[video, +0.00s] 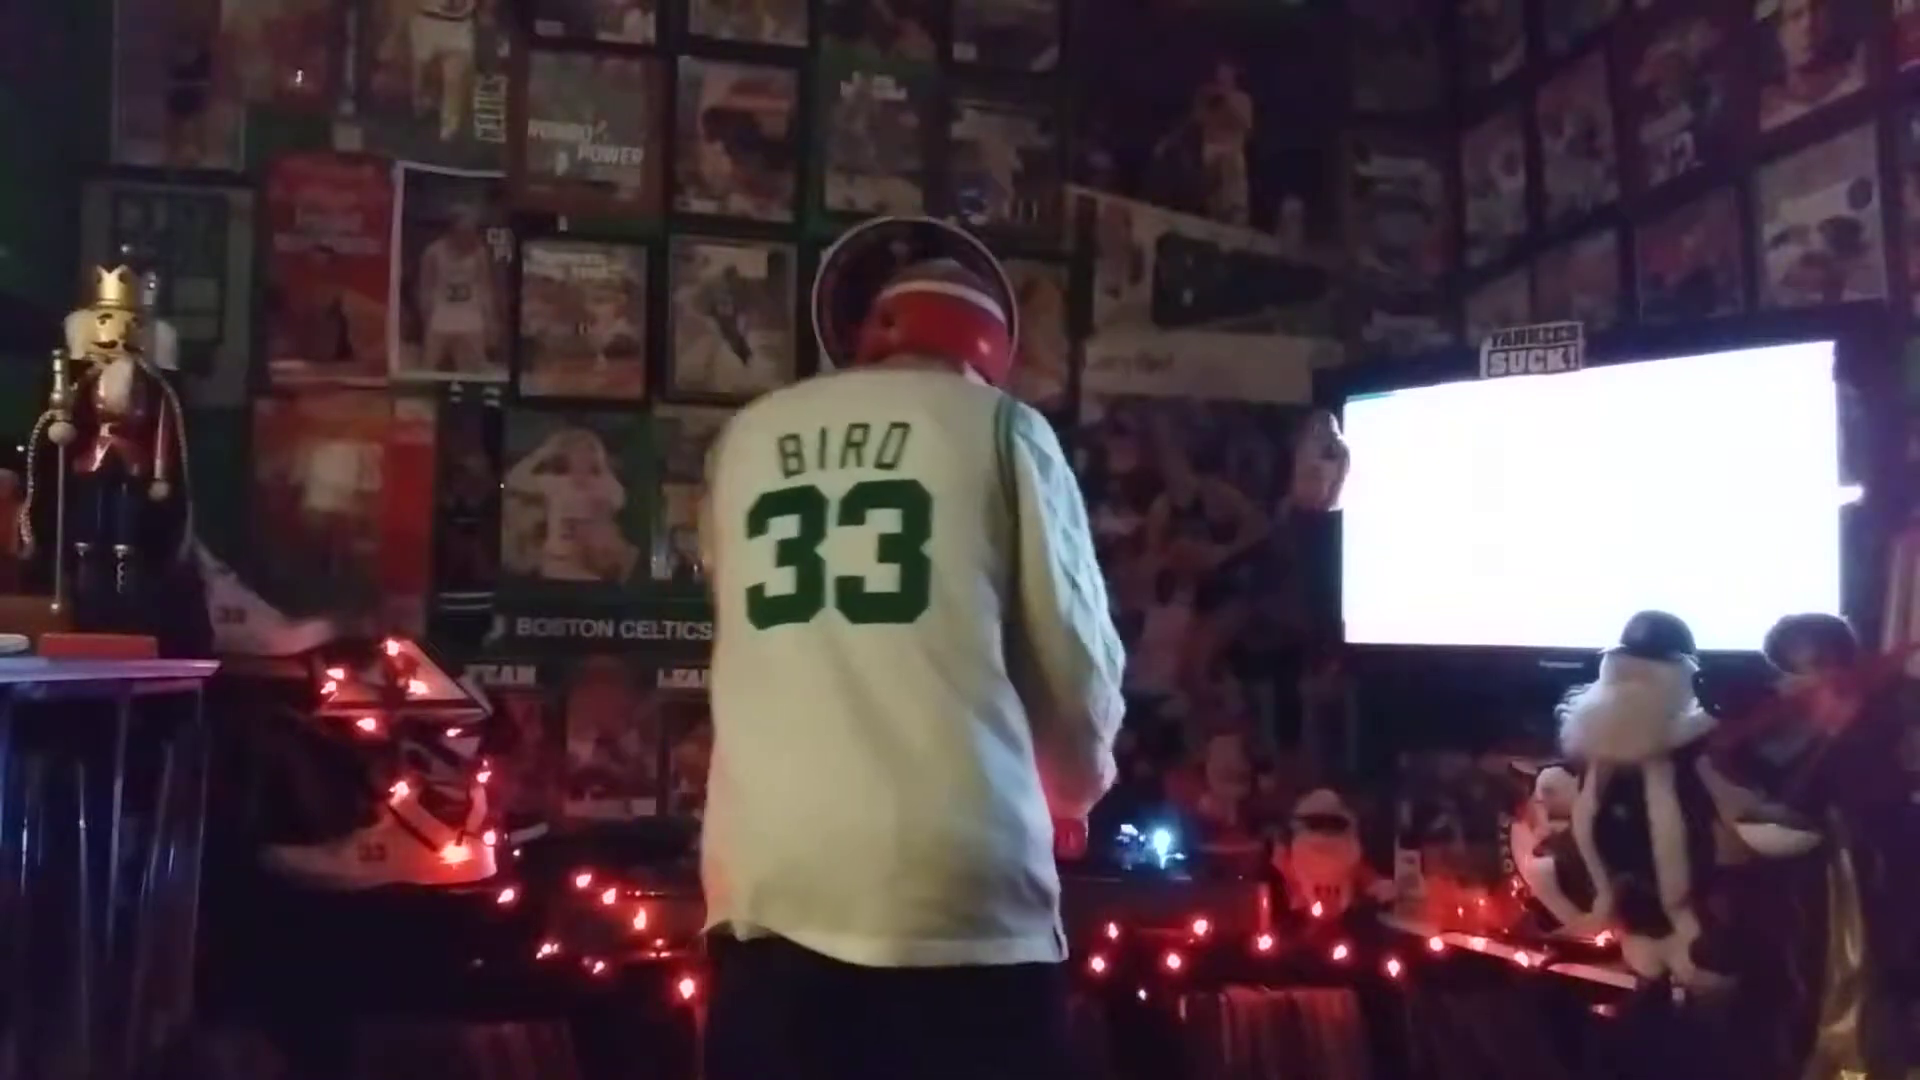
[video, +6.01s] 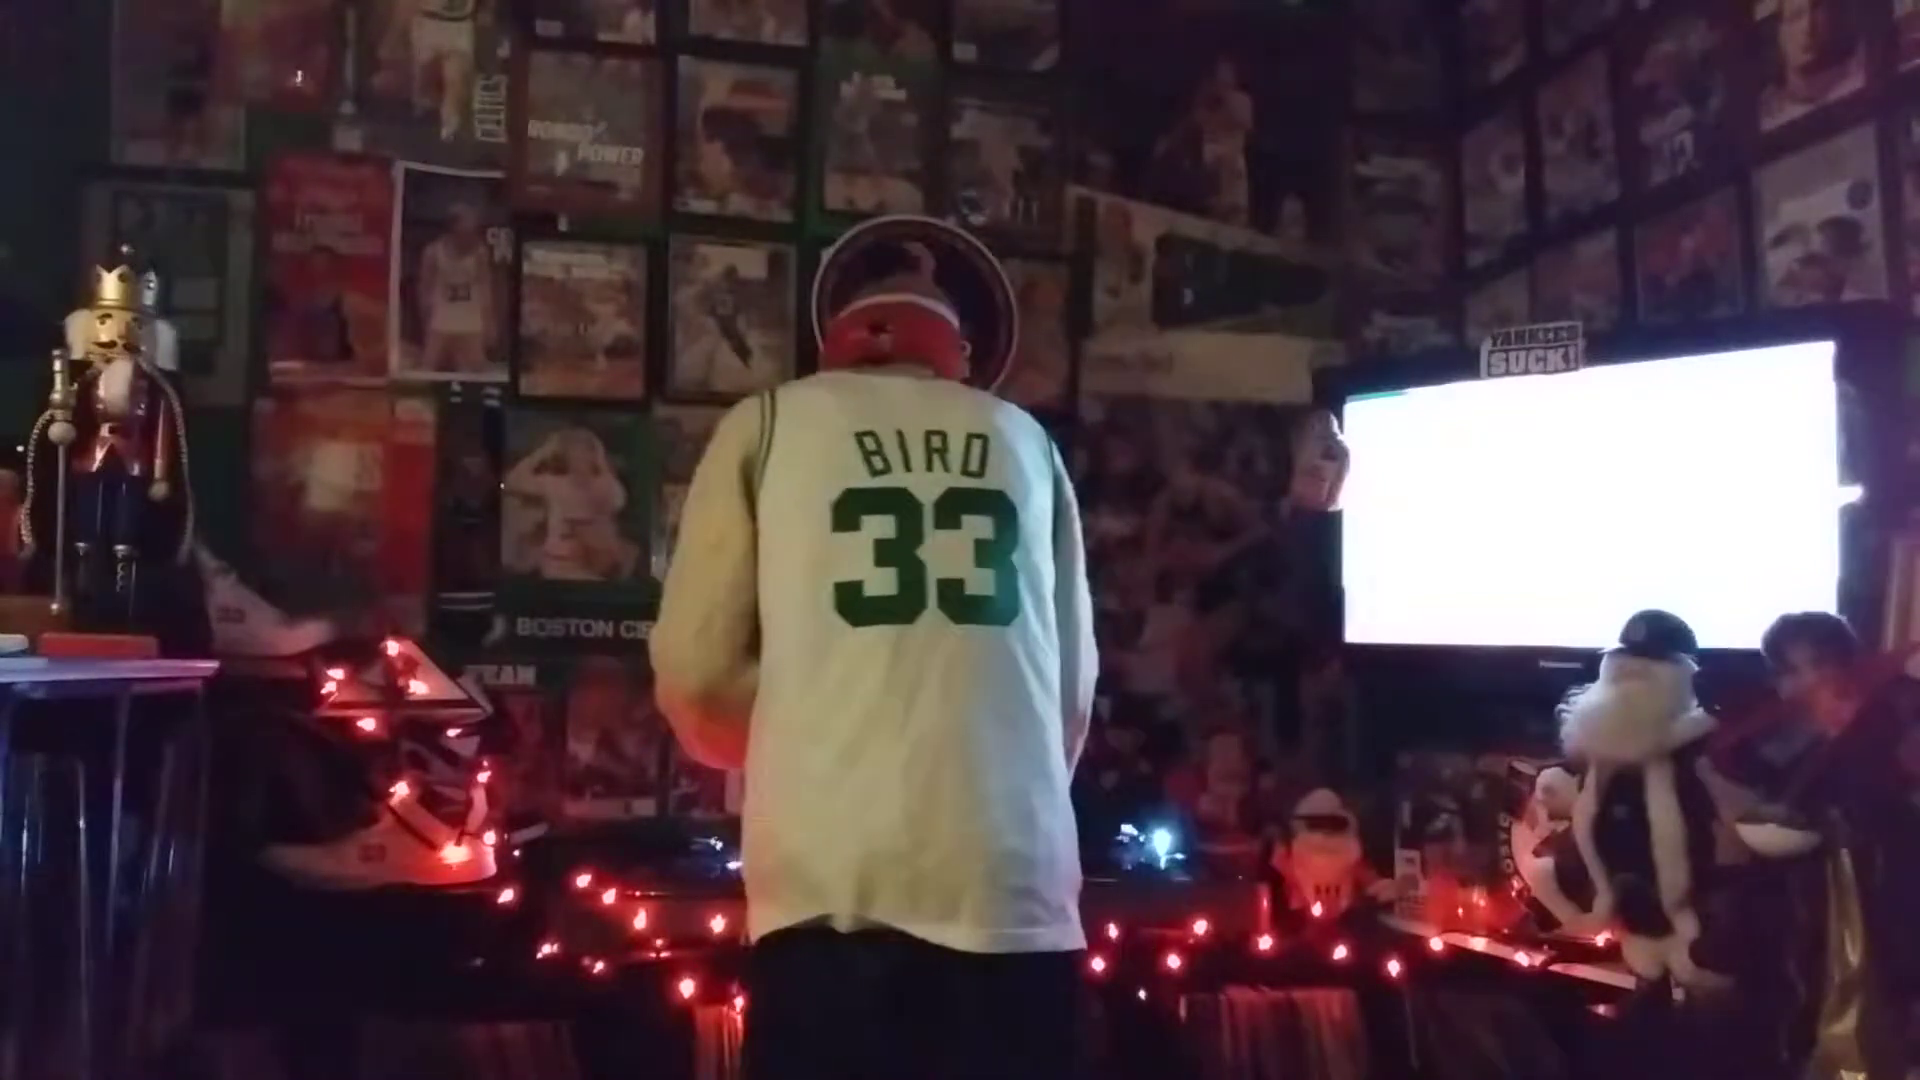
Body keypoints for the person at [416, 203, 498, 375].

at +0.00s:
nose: (465, 237)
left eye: (469, 232)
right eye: (461, 232)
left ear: (474, 232)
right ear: (452, 231)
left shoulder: (480, 253)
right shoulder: (435, 252)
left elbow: (487, 289)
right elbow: (425, 287)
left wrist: (490, 322)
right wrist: (428, 314)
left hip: (471, 325)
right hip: (440, 324)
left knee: (472, 377)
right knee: (432, 377)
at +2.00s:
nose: (467, 235)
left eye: (470, 231)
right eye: (463, 230)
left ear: (475, 230)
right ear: (454, 229)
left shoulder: (479, 252)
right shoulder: (434, 252)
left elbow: (486, 290)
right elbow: (425, 288)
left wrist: (489, 323)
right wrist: (427, 318)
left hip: (471, 326)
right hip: (440, 326)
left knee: (473, 376)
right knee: (436, 376)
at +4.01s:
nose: (465, 235)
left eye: (469, 230)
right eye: (461, 229)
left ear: (475, 229)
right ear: (452, 227)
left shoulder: (481, 252)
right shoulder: (433, 253)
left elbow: (488, 290)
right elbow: (425, 288)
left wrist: (490, 323)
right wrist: (427, 315)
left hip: (472, 328)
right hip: (440, 327)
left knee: (472, 379)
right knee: (433, 379)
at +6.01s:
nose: (466, 236)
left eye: (470, 231)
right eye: (462, 230)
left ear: (475, 230)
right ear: (452, 229)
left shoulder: (481, 252)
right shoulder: (434, 252)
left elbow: (487, 289)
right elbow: (425, 286)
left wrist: (490, 323)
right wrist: (427, 313)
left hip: (472, 326)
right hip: (441, 325)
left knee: (474, 376)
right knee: (432, 377)